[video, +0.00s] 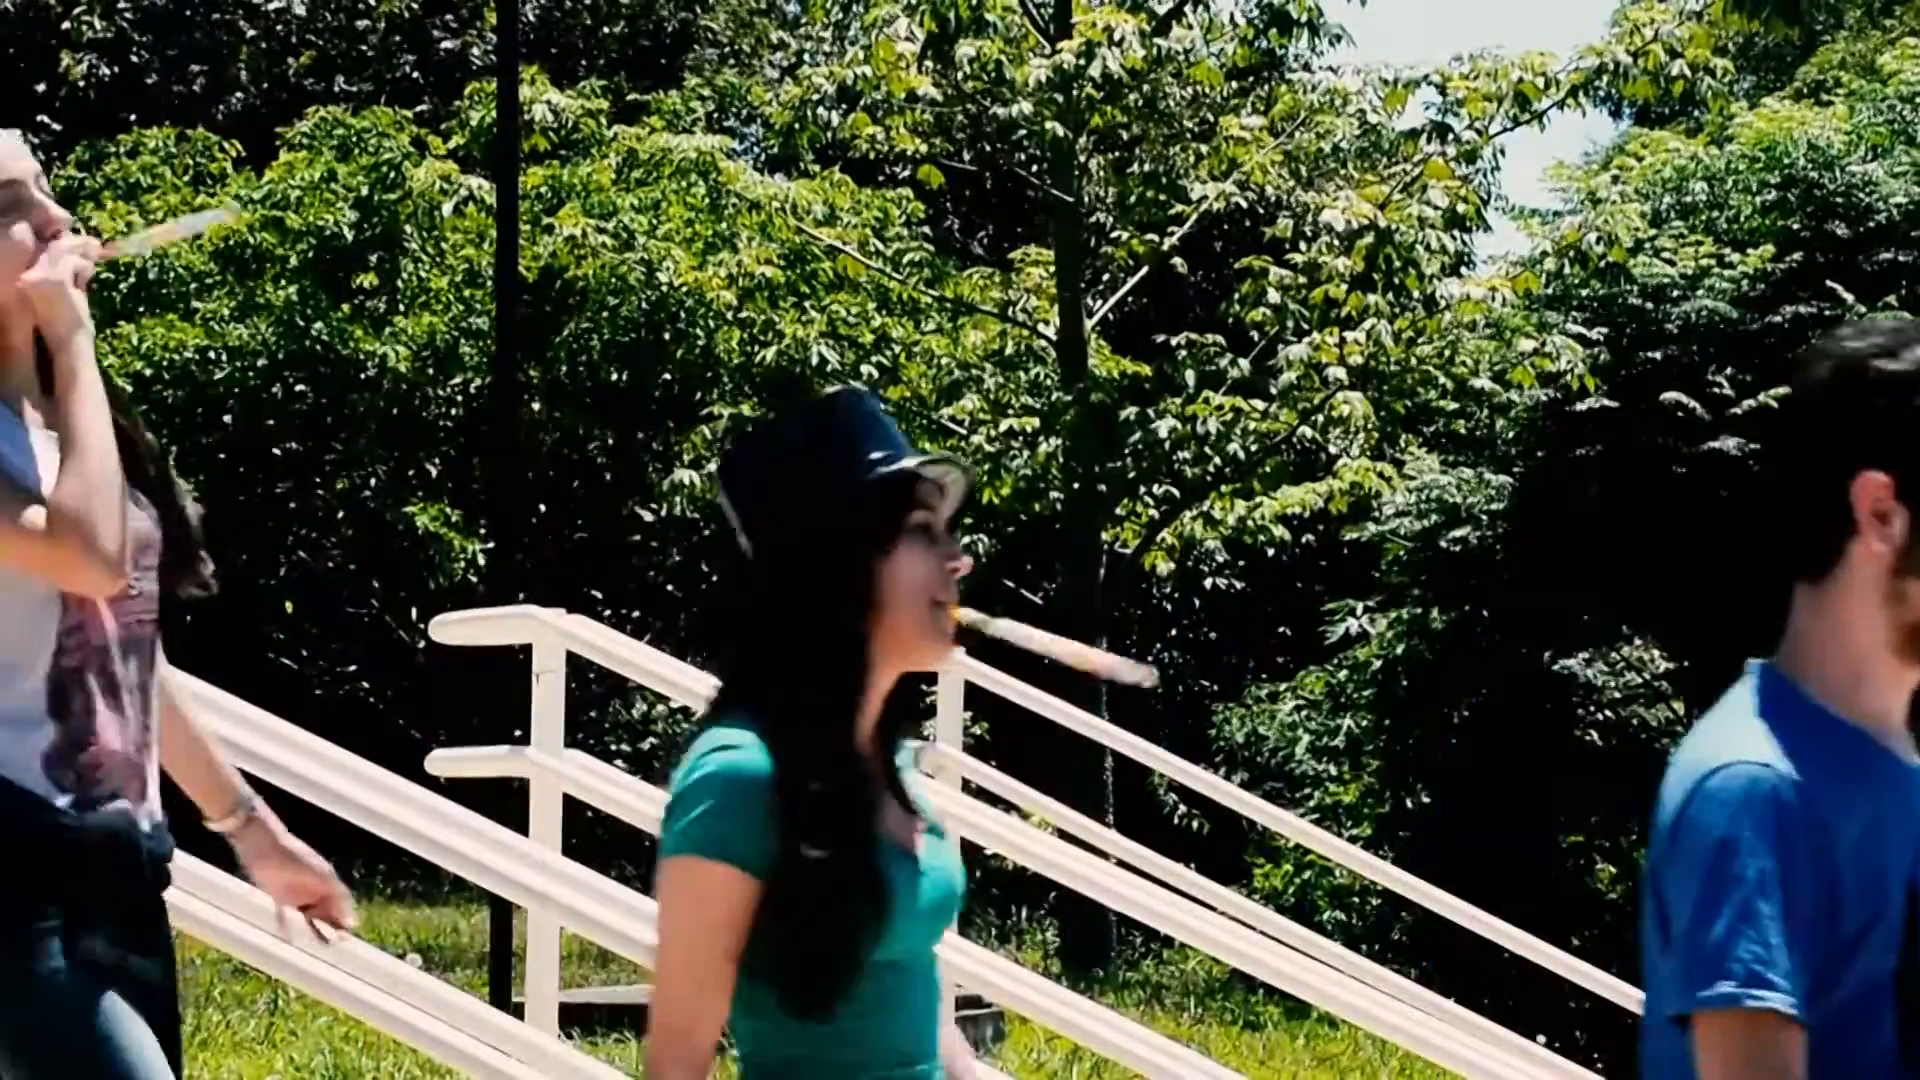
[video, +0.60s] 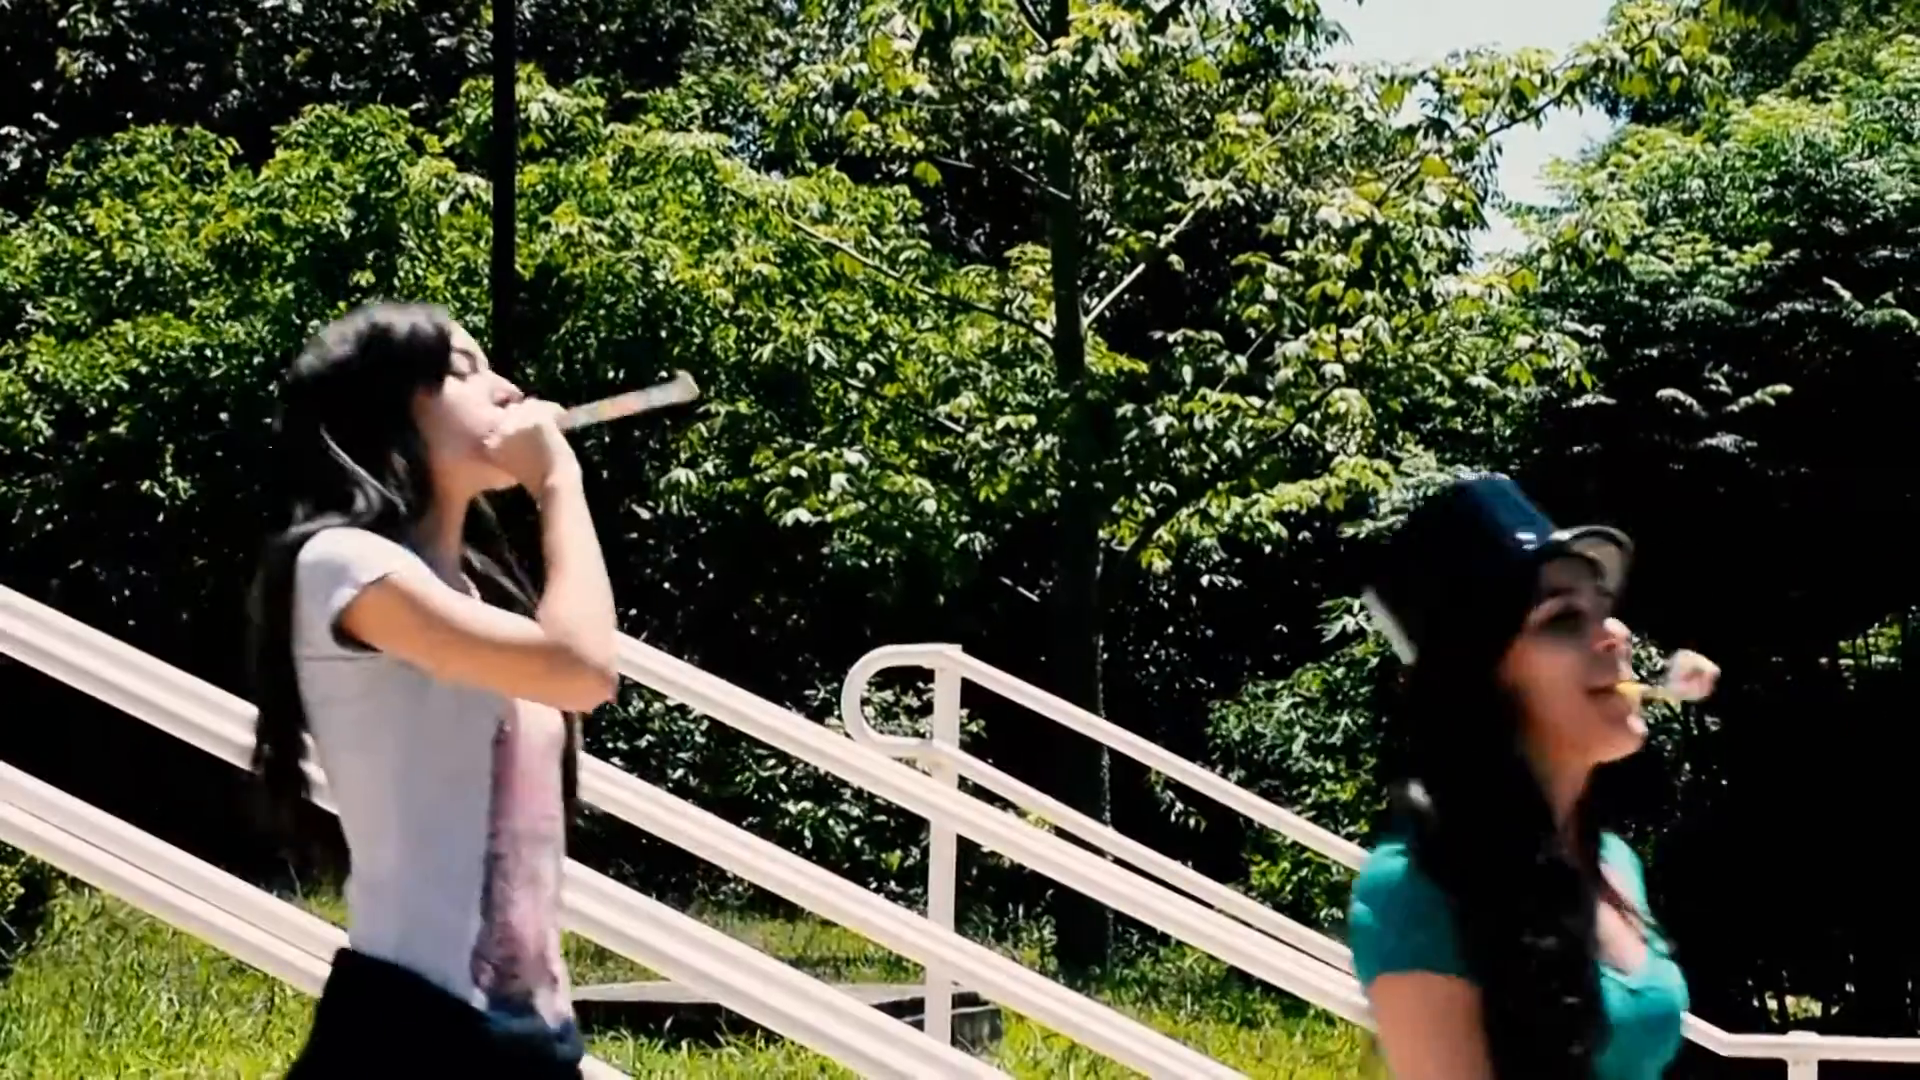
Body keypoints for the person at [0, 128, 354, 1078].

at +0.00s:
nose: (61, 221)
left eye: (50, 196)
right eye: (17, 208)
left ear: (55, 225)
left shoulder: (76, 432)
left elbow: (132, 654)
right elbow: (88, 558)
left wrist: (251, 830)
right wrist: (72, 345)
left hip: (124, 873)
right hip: (21, 878)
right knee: (140, 1063)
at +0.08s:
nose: (105, 250)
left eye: (98, 224)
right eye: (63, 237)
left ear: (112, 244)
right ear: (7, 281)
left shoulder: (123, 463)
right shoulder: (8, 465)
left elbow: (193, 695)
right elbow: (146, 586)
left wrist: (341, 861)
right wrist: (128, 367)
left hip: (175, 899)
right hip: (53, 906)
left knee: (200, 1064)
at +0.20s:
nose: (196, 311)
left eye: (185, 287)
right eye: (156, 296)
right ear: (86, 342)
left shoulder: (204, 532)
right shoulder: (43, 513)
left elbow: (251, 773)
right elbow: (243, 627)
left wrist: (420, 927)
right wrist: (221, 418)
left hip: (250, 971)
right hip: (126, 970)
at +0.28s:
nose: (264, 336)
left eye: (253, 315)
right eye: (222, 321)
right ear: (151, 369)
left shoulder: (261, 561)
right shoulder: (99, 532)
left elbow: (293, 818)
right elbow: (308, 646)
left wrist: (437, 998)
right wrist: (295, 442)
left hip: (300, 992)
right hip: (170, 988)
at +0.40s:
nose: (356, 341)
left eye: (345, 317)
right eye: (317, 321)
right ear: (246, 364)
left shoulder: (324, 547)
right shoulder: (186, 519)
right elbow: (408, 637)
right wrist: (396, 439)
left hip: (362, 979)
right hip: (241, 979)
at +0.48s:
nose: (417, 345)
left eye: (404, 322)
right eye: (379, 325)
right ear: (308, 366)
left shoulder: (385, 548)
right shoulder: (247, 517)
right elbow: (480, 630)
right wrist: (464, 439)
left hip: (424, 988)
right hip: (304, 984)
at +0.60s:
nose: (506, 387)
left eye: (491, 368)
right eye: (465, 370)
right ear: (391, 420)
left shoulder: (485, 600)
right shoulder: (341, 562)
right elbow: (581, 667)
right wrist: (558, 478)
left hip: (530, 1028)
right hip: (411, 1024)